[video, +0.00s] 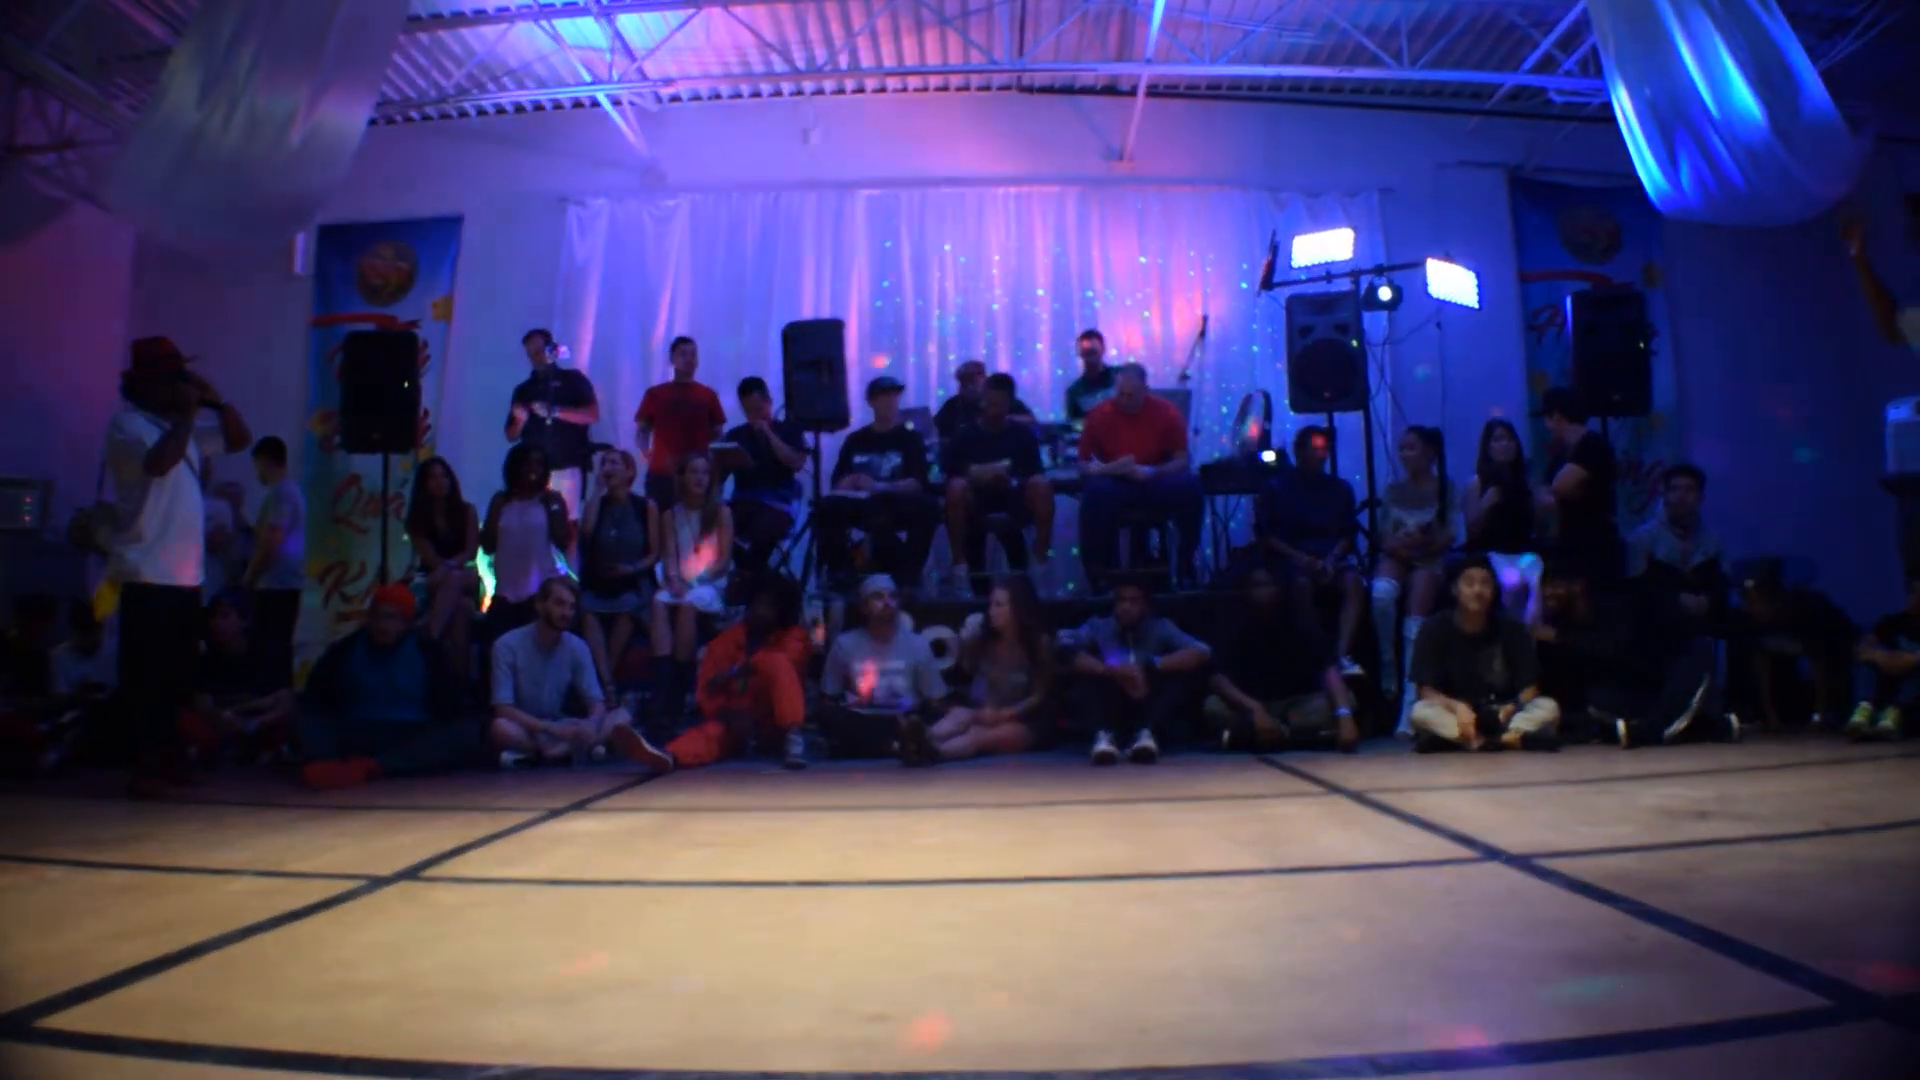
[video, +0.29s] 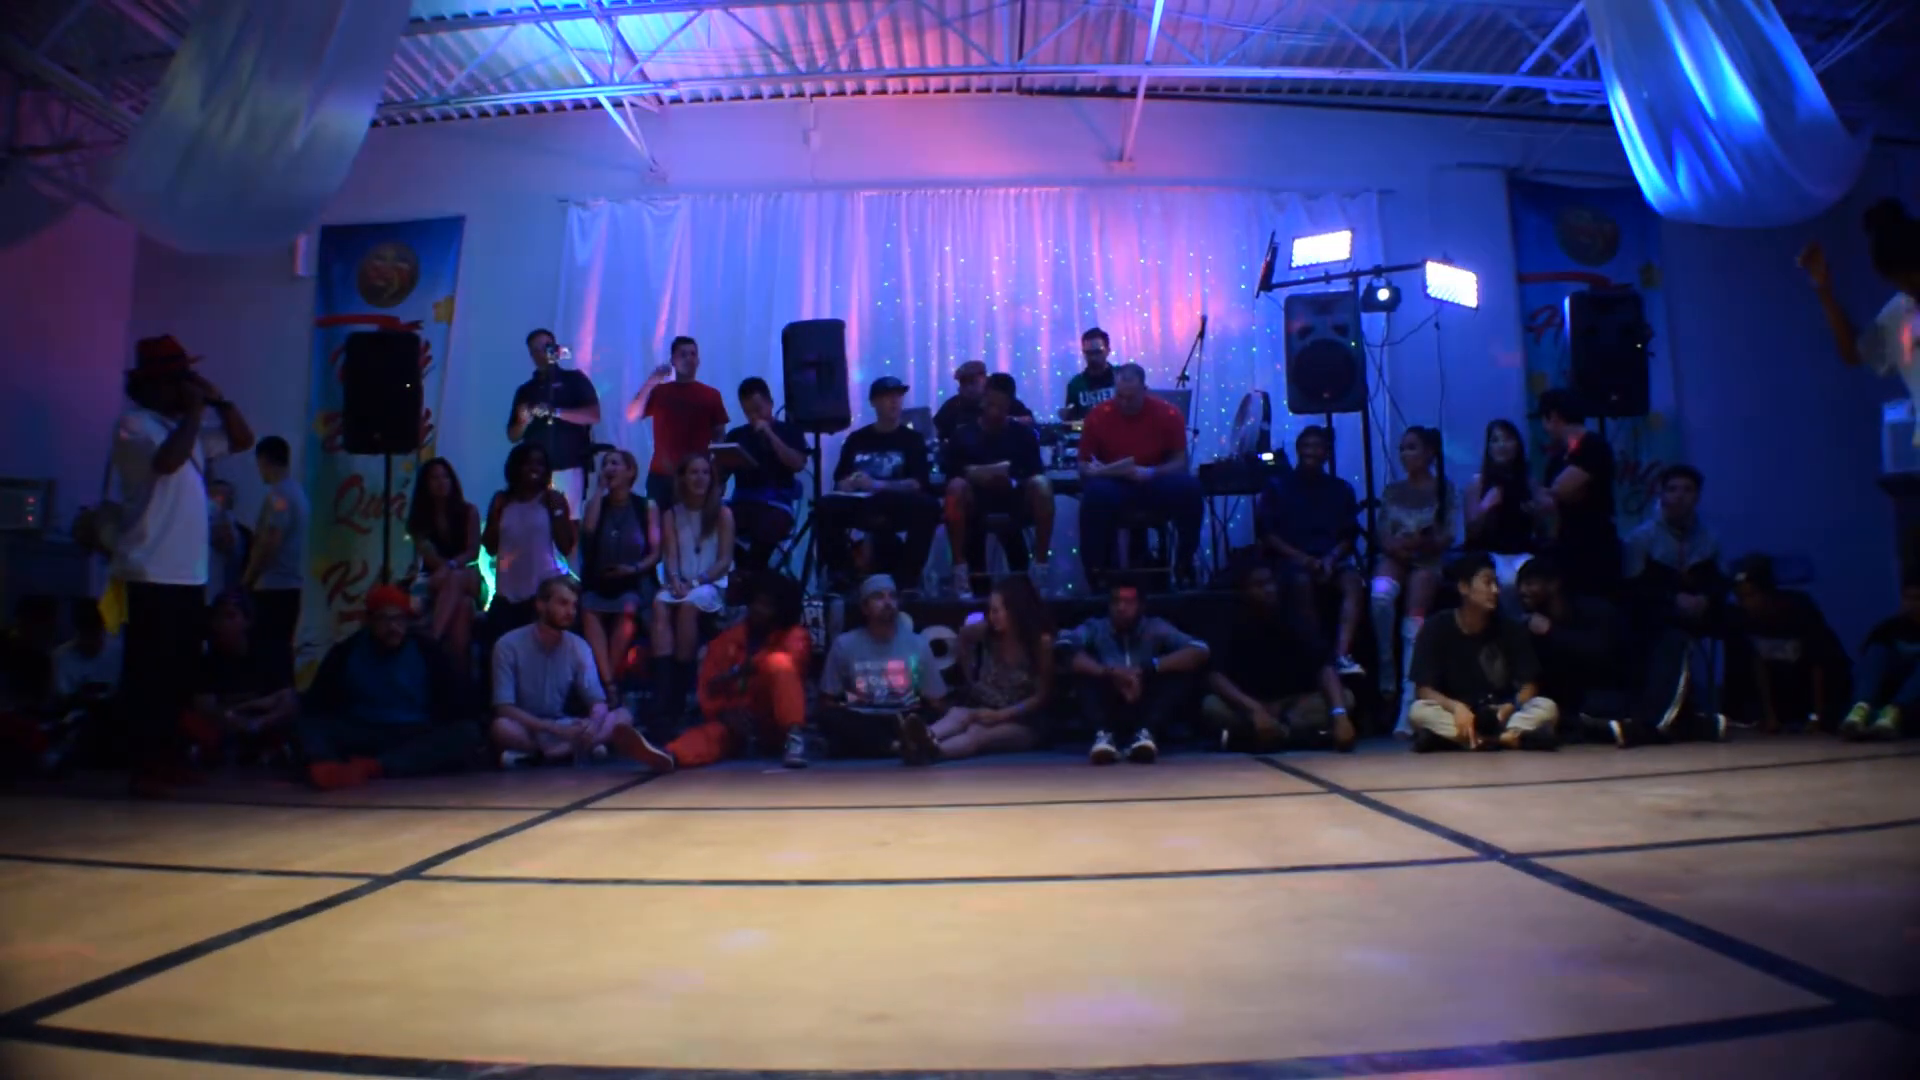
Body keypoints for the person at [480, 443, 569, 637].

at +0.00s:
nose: (533, 472)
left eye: (538, 466)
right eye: (527, 466)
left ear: (545, 470)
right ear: (514, 469)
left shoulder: (551, 501)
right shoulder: (500, 501)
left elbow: (563, 542)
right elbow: (488, 545)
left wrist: (553, 510)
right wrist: (497, 510)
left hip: (541, 591)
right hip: (506, 592)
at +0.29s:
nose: (534, 469)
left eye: (540, 464)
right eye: (528, 464)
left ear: (547, 469)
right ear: (515, 468)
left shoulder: (554, 500)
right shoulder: (501, 500)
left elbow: (566, 546)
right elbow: (490, 546)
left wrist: (556, 511)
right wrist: (496, 512)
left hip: (543, 591)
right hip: (508, 592)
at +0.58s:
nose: (534, 470)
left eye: (540, 465)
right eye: (528, 464)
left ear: (547, 470)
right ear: (515, 468)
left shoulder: (554, 500)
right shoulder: (501, 500)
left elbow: (566, 546)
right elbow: (491, 546)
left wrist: (557, 511)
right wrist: (496, 513)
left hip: (544, 593)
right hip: (508, 593)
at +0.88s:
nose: (534, 469)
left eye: (539, 464)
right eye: (528, 463)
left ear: (546, 469)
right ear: (516, 467)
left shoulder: (552, 502)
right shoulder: (501, 502)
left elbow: (561, 548)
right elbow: (491, 542)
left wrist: (558, 513)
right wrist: (508, 563)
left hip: (542, 588)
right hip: (508, 588)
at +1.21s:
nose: (534, 469)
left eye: (539, 464)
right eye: (528, 463)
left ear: (546, 469)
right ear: (516, 467)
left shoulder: (551, 501)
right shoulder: (500, 503)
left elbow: (561, 548)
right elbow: (491, 543)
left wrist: (557, 513)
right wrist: (510, 562)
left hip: (544, 592)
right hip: (508, 590)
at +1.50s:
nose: (535, 468)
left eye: (540, 463)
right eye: (529, 462)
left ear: (547, 468)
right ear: (516, 467)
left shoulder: (552, 501)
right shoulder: (500, 504)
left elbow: (561, 548)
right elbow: (493, 543)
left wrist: (558, 515)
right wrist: (509, 564)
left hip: (545, 580)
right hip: (510, 582)